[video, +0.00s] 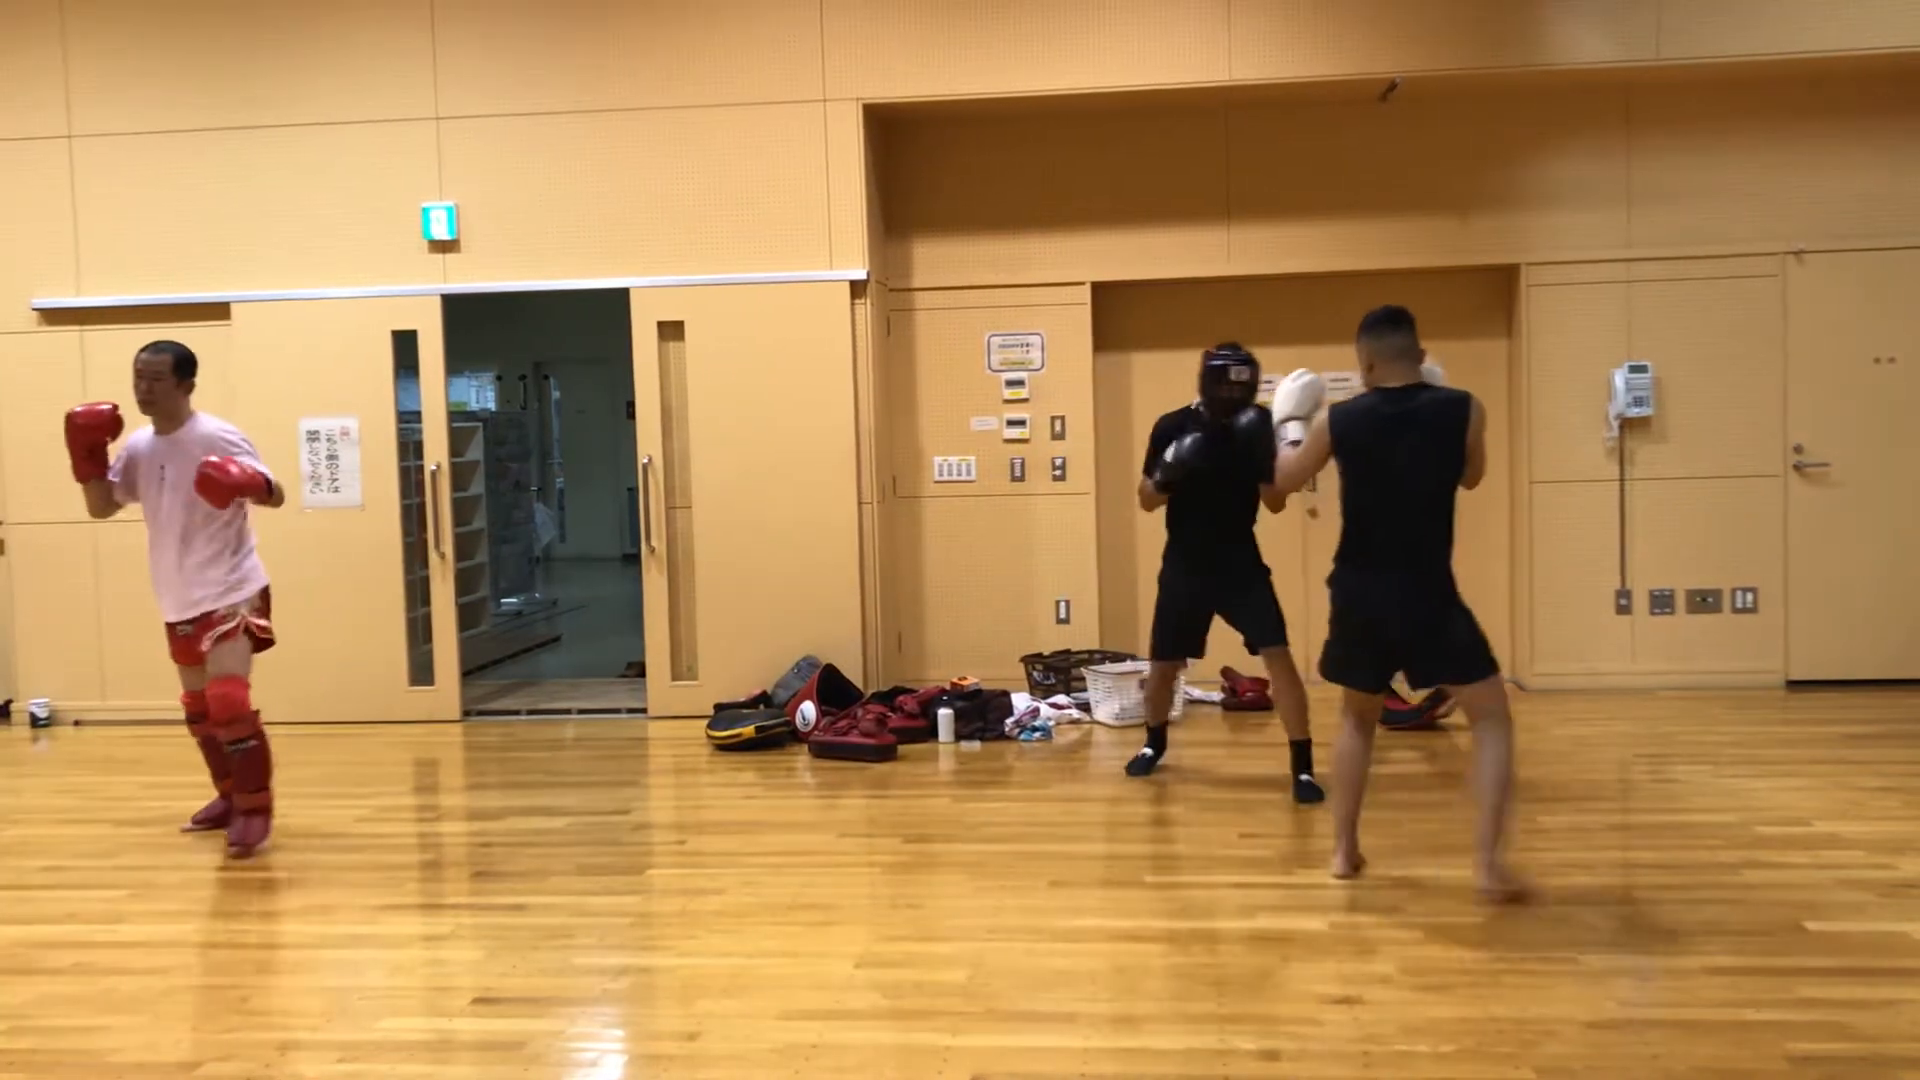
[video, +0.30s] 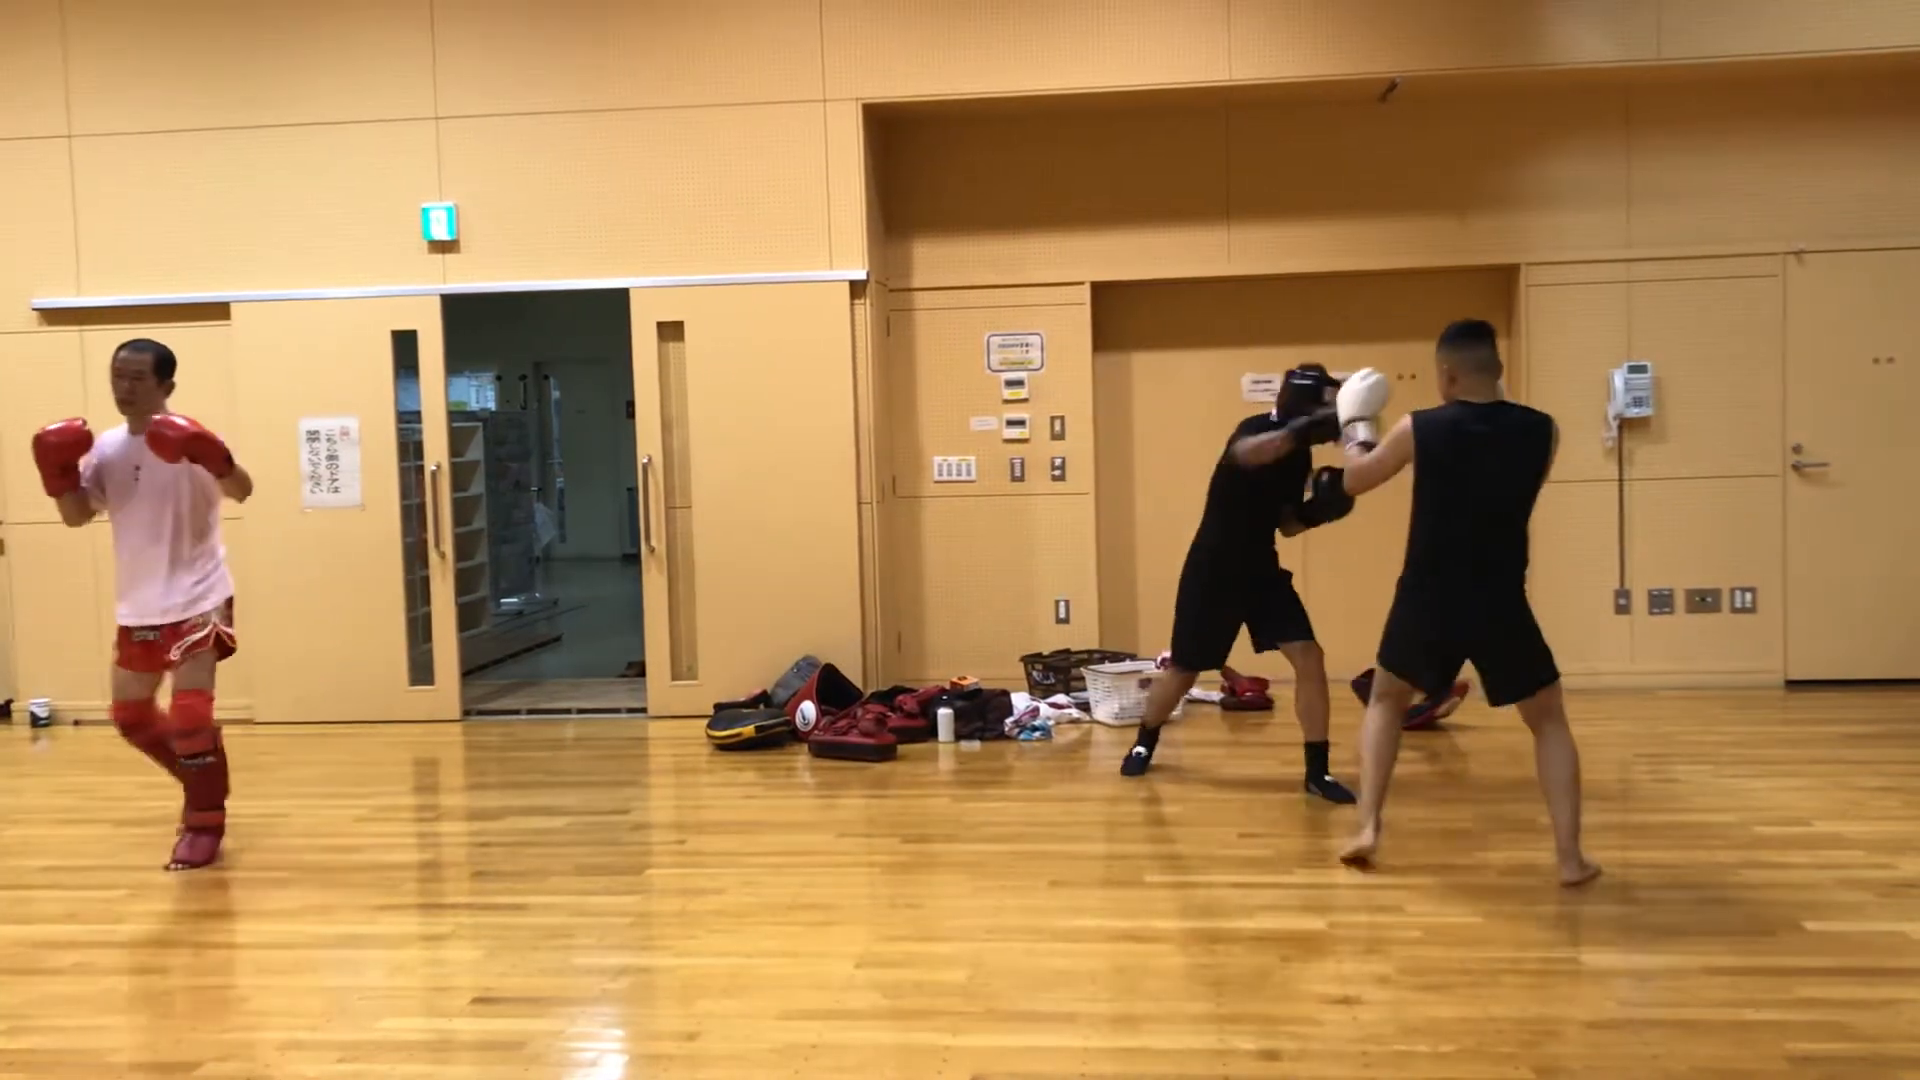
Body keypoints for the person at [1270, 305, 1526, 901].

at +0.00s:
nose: (1363, 369)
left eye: (1362, 361)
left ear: (1363, 361)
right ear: (1421, 355)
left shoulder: (1343, 419)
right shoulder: (1461, 409)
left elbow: (1286, 479)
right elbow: (1471, 476)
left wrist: (1289, 429)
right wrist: (1435, 401)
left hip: (1360, 598)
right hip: (1429, 598)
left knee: (1357, 719)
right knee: (1491, 716)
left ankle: (1344, 851)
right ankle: (1489, 863)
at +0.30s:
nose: (1437, 380)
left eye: (1438, 372)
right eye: (1440, 372)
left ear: (1446, 373)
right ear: (1498, 369)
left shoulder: (1422, 429)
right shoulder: (1541, 430)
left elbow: (1356, 480)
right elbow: (1503, 483)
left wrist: (1354, 433)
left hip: (1428, 601)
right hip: (1501, 604)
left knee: (1388, 698)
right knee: (1547, 719)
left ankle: (1367, 827)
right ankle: (1570, 858)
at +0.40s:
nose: (1444, 370)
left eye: (1445, 363)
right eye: (1447, 363)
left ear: (1453, 364)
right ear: (1505, 360)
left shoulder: (1430, 413)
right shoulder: (1544, 421)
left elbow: (1369, 438)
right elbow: (1503, 455)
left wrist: (1367, 393)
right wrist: (1469, 401)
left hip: (1429, 592)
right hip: (1503, 597)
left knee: (1387, 700)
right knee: (1545, 719)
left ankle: (1366, 828)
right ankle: (1569, 859)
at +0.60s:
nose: (1441, 370)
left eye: (1441, 362)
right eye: (1444, 362)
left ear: (1448, 362)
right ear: (1500, 358)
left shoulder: (1422, 415)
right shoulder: (1537, 423)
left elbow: (1356, 451)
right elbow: (1494, 463)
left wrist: (1368, 411)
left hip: (1419, 592)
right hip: (1493, 597)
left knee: (1373, 689)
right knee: (1538, 721)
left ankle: (1357, 817)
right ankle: (1569, 859)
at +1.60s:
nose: (1475, 374)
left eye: (1476, 367)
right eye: (1479, 366)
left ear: (1484, 367)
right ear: (1535, 363)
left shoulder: (1459, 426)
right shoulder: (1575, 421)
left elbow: (1403, 477)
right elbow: (1590, 492)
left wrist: (1414, 426)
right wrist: (1551, 450)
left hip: (1470, 591)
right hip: (1540, 594)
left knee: (1455, 693)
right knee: (1584, 717)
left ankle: (1444, 810)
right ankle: (1573, 846)